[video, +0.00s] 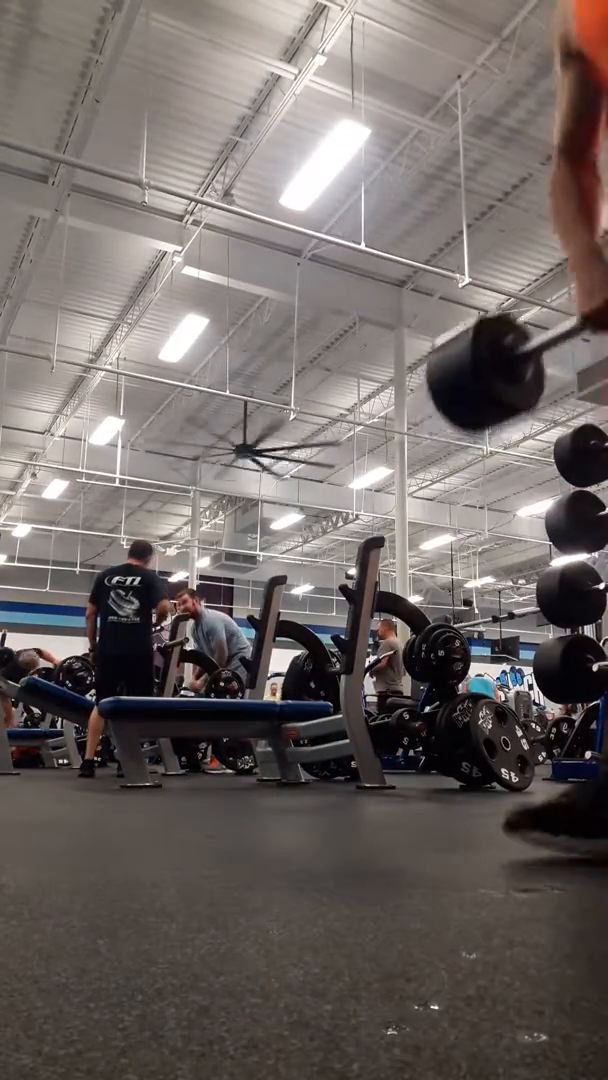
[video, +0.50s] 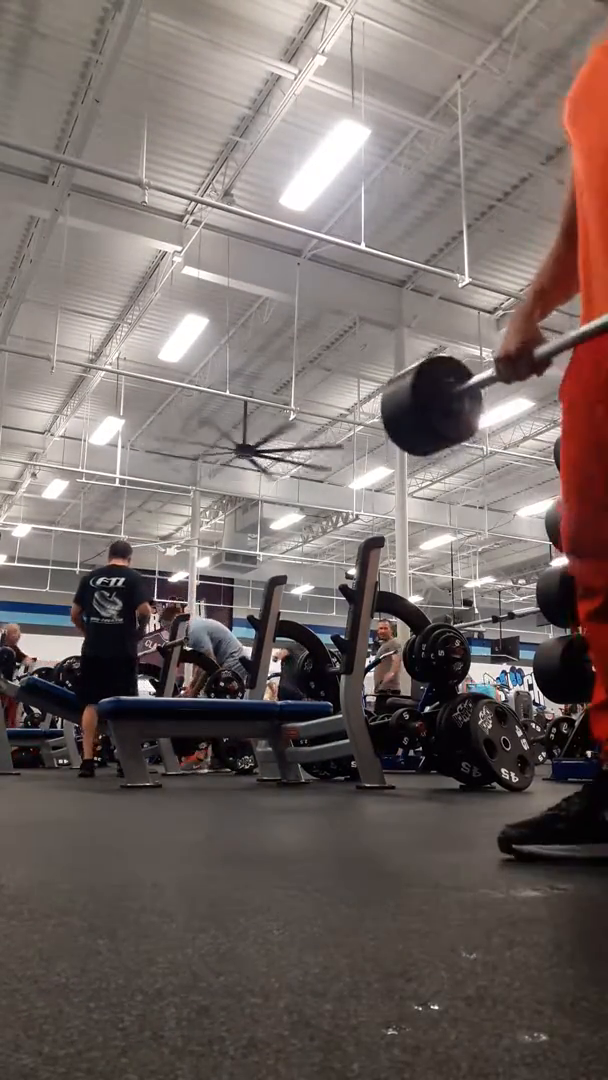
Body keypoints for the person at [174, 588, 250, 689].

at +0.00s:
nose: (182, 607)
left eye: (184, 602)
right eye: (179, 605)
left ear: (195, 601)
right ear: (178, 609)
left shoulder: (212, 620)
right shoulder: (195, 628)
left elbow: (222, 655)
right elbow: (202, 656)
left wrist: (203, 681)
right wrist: (195, 677)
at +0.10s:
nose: (179, 610)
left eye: (181, 605)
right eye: (177, 607)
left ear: (193, 601)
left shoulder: (211, 619)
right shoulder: (195, 628)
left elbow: (222, 653)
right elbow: (203, 656)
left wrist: (202, 680)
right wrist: (195, 677)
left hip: (240, 656)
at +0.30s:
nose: (176, 618)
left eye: (176, 614)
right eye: (173, 615)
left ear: (185, 607)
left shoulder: (206, 621)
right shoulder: (195, 629)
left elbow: (218, 656)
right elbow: (203, 657)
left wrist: (200, 681)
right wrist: (193, 679)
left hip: (238, 658)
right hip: (225, 659)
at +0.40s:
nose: (173, 623)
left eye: (173, 619)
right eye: (171, 621)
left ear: (182, 612)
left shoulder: (201, 625)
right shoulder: (193, 629)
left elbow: (215, 661)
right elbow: (203, 659)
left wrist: (198, 685)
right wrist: (193, 681)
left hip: (237, 662)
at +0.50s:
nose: (168, 631)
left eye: (167, 627)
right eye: (165, 628)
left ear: (176, 622)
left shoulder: (196, 629)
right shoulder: (191, 629)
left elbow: (210, 664)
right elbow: (200, 662)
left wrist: (195, 691)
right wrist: (191, 686)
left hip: (234, 660)